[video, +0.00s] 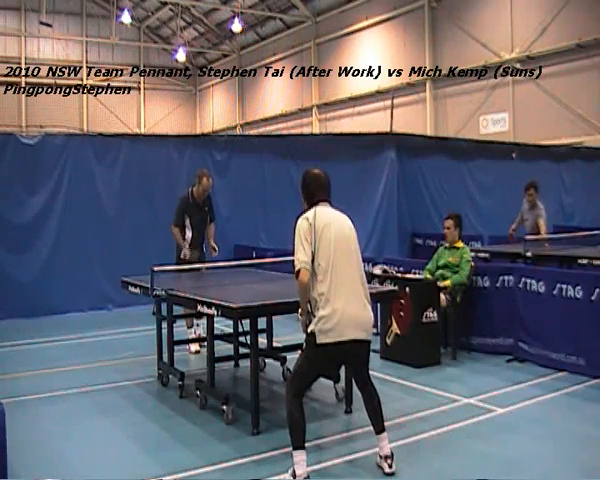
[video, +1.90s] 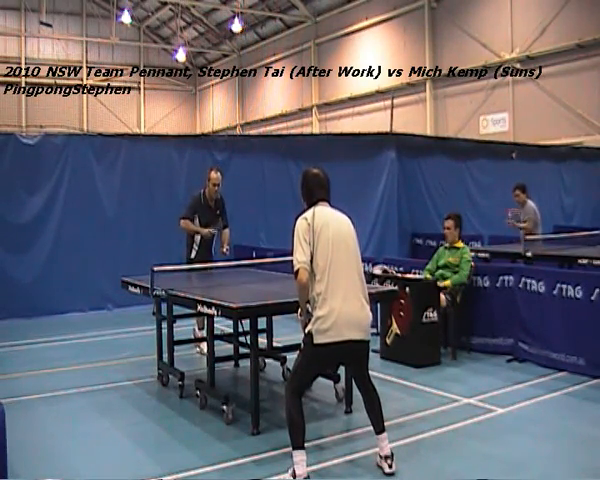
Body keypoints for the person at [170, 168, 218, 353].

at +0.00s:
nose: (206, 192)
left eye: (208, 188)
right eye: (204, 188)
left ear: (210, 187)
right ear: (197, 185)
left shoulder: (207, 200)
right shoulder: (185, 200)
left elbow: (210, 222)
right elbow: (175, 226)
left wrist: (211, 241)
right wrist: (183, 246)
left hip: (200, 250)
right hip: (186, 251)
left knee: (200, 289)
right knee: (187, 292)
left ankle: (198, 327)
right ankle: (190, 332)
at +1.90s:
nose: (216, 188)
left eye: (218, 185)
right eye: (213, 185)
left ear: (221, 184)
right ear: (206, 184)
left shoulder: (220, 201)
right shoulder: (197, 200)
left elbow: (224, 226)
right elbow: (184, 222)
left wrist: (225, 244)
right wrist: (201, 230)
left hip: (208, 252)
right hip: (195, 253)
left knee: (208, 294)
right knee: (199, 295)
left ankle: (201, 332)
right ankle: (199, 332)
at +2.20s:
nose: (215, 187)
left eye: (217, 183)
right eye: (212, 183)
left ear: (220, 183)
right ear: (206, 182)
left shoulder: (219, 199)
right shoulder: (198, 198)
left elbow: (225, 218)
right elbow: (197, 222)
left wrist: (227, 225)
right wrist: (218, 211)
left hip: (209, 251)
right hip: (195, 252)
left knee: (209, 292)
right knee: (199, 295)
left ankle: (198, 324)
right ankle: (201, 334)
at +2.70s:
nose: (220, 191)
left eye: (222, 188)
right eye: (219, 187)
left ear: (219, 188)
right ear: (209, 185)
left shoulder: (208, 200)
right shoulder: (203, 201)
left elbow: (211, 224)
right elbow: (216, 224)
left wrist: (224, 233)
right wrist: (226, 214)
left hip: (202, 252)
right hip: (196, 253)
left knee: (207, 289)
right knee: (203, 294)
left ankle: (199, 322)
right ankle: (202, 334)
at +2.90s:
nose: (222, 190)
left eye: (224, 187)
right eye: (220, 185)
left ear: (223, 187)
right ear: (211, 183)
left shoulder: (217, 202)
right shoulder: (201, 197)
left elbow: (214, 228)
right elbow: (185, 181)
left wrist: (218, 247)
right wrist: (190, 187)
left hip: (204, 249)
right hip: (190, 248)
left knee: (204, 286)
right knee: (193, 288)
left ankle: (199, 325)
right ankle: (192, 328)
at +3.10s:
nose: (217, 183)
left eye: (219, 181)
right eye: (215, 179)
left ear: (221, 182)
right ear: (207, 176)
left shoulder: (216, 198)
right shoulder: (196, 188)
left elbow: (214, 226)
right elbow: (174, 185)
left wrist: (216, 248)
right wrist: (168, 195)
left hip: (204, 248)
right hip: (189, 247)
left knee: (203, 287)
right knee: (185, 288)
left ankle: (198, 324)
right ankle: (180, 329)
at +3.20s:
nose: (214, 186)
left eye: (217, 183)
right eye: (213, 181)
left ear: (218, 183)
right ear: (206, 178)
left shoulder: (213, 201)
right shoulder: (192, 192)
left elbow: (214, 230)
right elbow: (171, 197)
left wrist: (218, 250)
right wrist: (166, 220)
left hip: (204, 253)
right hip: (188, 252)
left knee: (204, 291)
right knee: (183, 293)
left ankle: (198, 325)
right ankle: (179, 332)